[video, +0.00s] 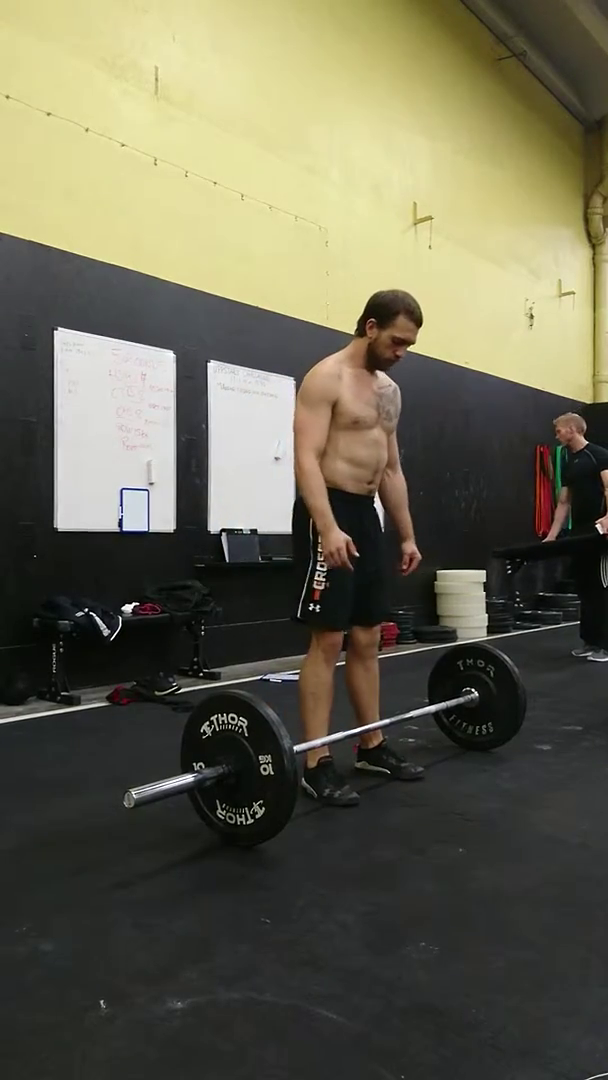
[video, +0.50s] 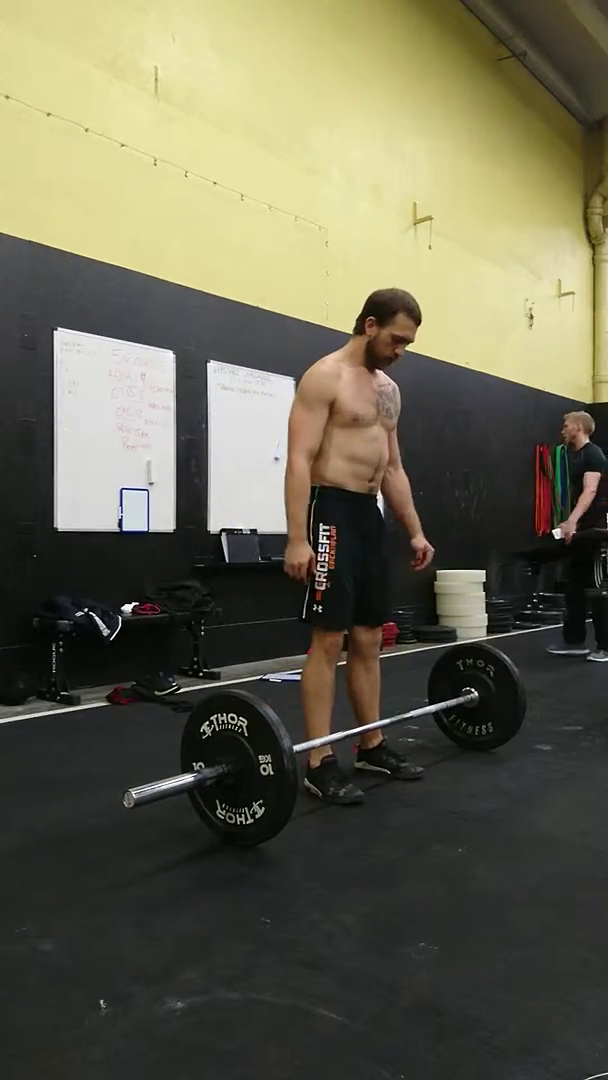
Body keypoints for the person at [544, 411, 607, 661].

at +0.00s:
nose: (556, 435)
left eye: (559, 430)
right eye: (555, 431)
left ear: (573, 430)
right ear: (567, 431)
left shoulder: (598, 455)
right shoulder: (569, 461)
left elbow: (607, 491)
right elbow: (564, 502)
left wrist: (605, 519)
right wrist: (551, 536)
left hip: (599, 532)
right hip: (580, 533)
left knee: (599, 587)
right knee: (586, 587)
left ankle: (603, 645)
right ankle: (591, 642)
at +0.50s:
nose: (562, 430)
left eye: (566, 426)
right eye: (563, 426)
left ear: (580, 429)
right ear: (577, 429)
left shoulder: (593, 453)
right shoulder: (571, 454)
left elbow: (590, 491)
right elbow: (573, 492)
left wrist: (572, 520)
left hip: (595, 530)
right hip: (579, 530)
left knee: (597, 587)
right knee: (574, 584)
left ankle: (603, 645)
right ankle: (574, 640)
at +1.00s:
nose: (538, 450)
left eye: (539, 445)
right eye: (538, 446)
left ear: (546, 444)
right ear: (560, 445)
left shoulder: (555, 462)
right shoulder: (571, 463)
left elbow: (539, 499)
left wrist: (520, 527)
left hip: (587, 521)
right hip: (590, 520)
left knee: (573, 578)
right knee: (575, 579)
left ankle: (576, 645)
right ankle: (572, 641)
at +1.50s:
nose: (524, 496)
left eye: (523, 493)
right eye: (523, 494)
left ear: (524, 491)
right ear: (540, 484)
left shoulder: (532, 500)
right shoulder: (556, 494)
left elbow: (518, 539)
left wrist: (503, 571)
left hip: (590, 528)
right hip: (600, 524)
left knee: (568, 583)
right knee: (580, 585)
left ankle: (577, 648)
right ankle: (570, 642)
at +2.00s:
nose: (519, 512)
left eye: (518, 508)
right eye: (517, 509)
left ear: (521, 501)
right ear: (531, 497)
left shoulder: (531, 508)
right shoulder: (550, 502)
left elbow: (514, 547)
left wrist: (500, 578)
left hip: (587, 528)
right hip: (600, 525)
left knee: (567, 585)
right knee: (582, 586)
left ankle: (578, 648)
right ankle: (569, 641)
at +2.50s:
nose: (506, 483)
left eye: (507, 477)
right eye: (503, 481)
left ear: (521, 470)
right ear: (522, 473)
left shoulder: (533, 487)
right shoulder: (541, 486)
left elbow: (540, 529)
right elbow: (567, 526)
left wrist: (525, 559)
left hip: (593, 525)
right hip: (590, 525)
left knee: (574, 582)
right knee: (572, 582)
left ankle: (578, 647)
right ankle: (570, 641)